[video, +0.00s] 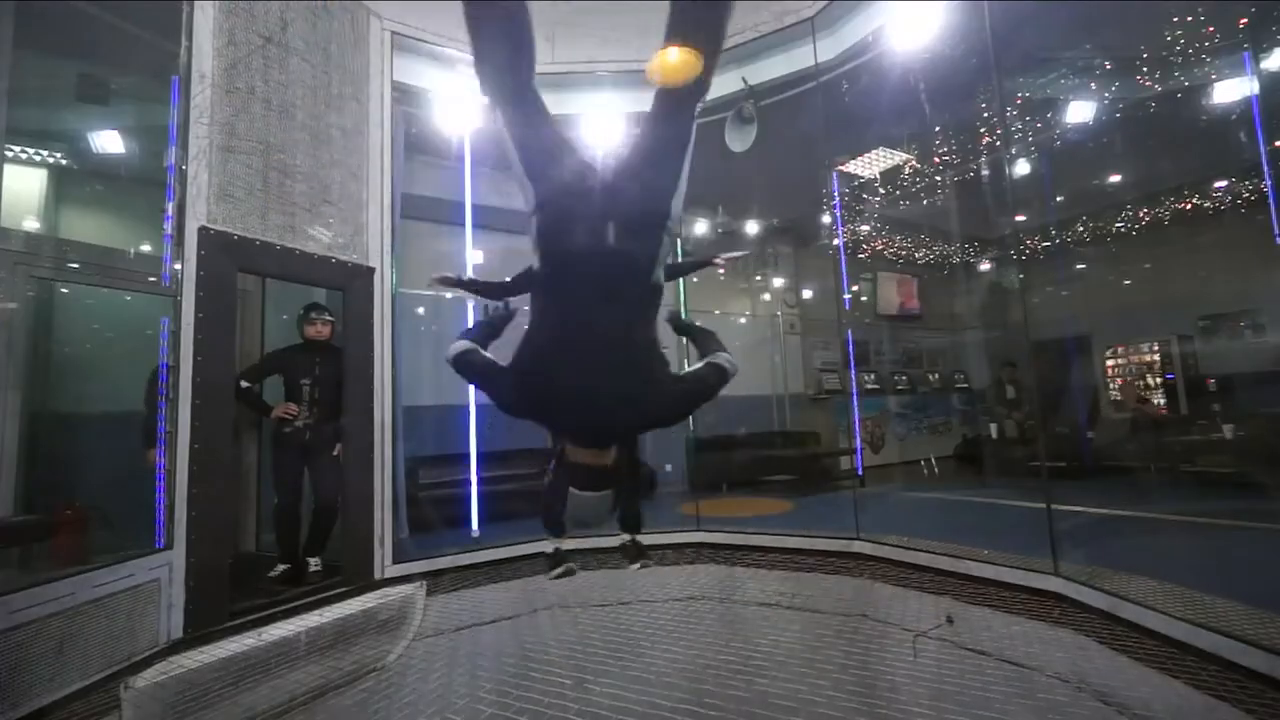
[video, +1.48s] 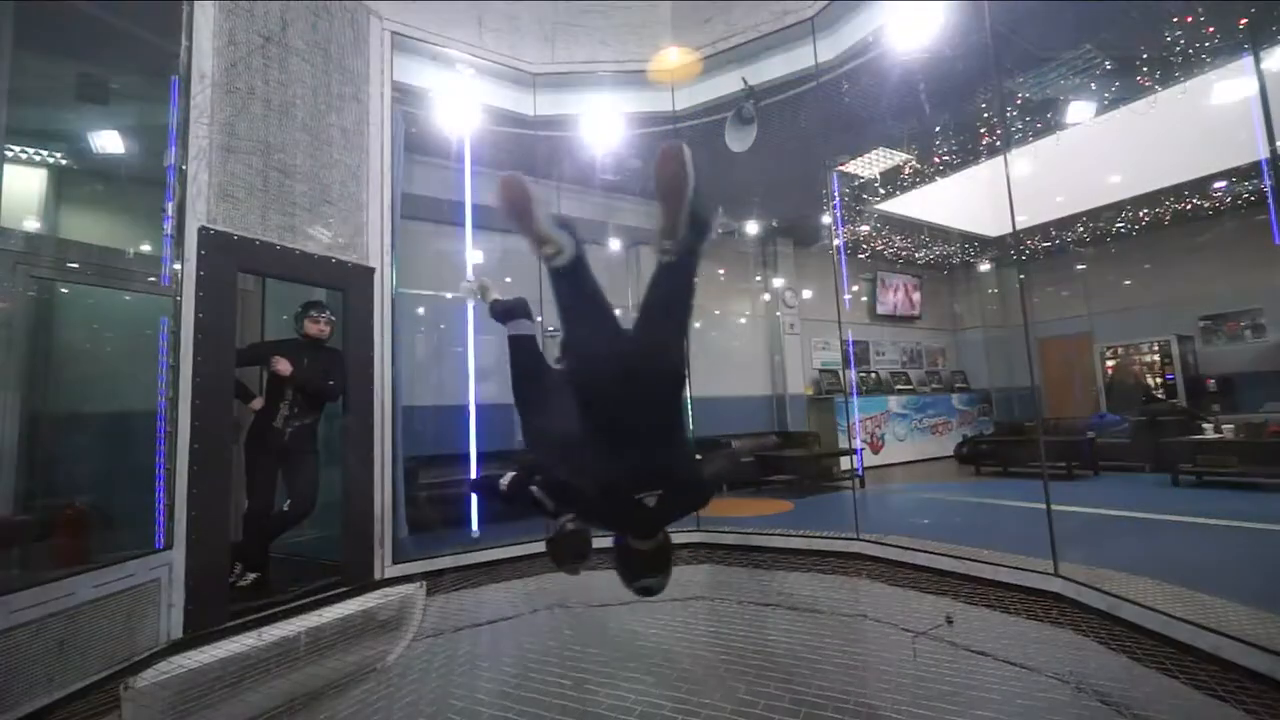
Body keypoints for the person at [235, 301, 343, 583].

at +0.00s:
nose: (319, 328)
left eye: (325, 323)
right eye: (313, 323)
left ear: (333, 327)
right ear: (302, 327)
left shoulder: (341, 359)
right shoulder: (287, 356)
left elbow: (352, 400)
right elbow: (242, 384)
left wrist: (344, 438)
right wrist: (269, 410)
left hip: (325, 439)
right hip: (289, 439)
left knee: (329, 500)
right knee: (287, 500)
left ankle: (313, 555)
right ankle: (287, 561)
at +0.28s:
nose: (319, 327)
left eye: (325, 322)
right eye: (313, 322)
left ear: (333, 327)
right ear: (302, 326)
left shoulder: (341, 359)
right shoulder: (287, 356)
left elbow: (355, 400)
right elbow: (243, 383)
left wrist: (346, 437)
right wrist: (269, 410)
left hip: (326, 439)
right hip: (289, 439)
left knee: (328, 502)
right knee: (288, 500)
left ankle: (313, 555)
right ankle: (288, 561)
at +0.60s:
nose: (322, 328)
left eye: (326, 322)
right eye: (316, 322)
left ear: (331, 326)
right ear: (302, 323)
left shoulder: (332, 359)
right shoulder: (275, 349)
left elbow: (330, 393)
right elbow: (222, 360)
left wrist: (290, 374)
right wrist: (249, 397)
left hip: (301, 444)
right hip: (264, 440)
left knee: (302, 506)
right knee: (259, 506)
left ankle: (243, 552)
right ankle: (254, 570)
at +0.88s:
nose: (311, 330)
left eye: (317, 324)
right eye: (308, 323)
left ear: (327, 327)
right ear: (301, 323)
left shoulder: (331, 356)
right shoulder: (281, 348)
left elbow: (333, 392)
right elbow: (223, 364)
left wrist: (293, 373)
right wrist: (250, 398)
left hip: (301, 441)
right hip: (265, 437)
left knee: (302, 505)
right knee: (260, 506)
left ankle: (241, 553)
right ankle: (254, 570)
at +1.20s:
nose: (322, 325)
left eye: (327, 321)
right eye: (315, 320)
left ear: (332, 327)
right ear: (301, 323)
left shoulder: (334, 358)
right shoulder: (281, 348)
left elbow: (332, 392)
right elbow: (225, 360)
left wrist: (293, 374)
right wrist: (249, 397)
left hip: (301, 441)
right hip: (264, 436)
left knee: (303, 504)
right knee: (260, 504)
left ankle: (242, 553)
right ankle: (254, 569)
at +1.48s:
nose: (322, 325)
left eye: (327, 321)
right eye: (315, 319)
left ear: (332, 326)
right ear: (301, 323)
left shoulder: (333, 357)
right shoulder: (281, 348)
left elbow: (332, 392)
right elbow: (224, 361)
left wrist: (293, 373)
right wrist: (249, 397)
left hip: (302, 441)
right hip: (265, 436)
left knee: (303, 504)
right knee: (260, 504)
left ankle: (242, 553)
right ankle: (254, 569)